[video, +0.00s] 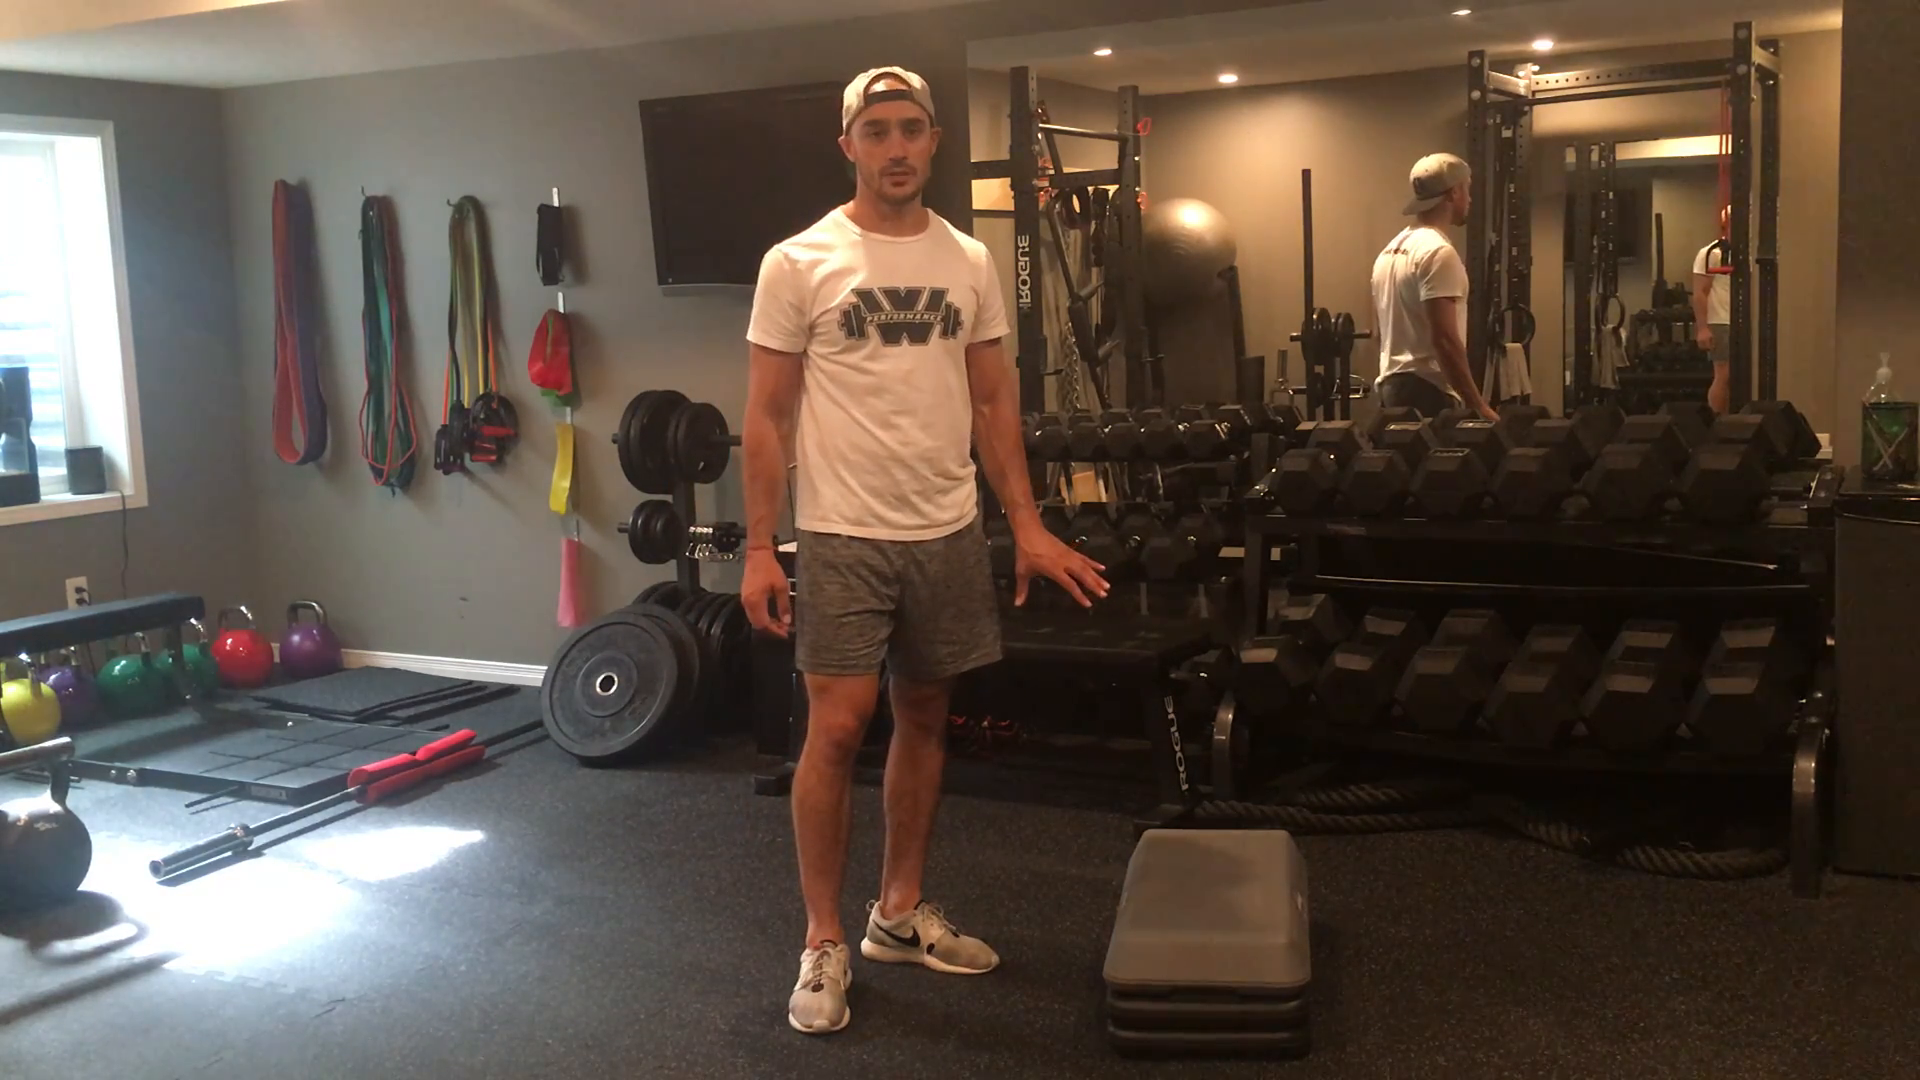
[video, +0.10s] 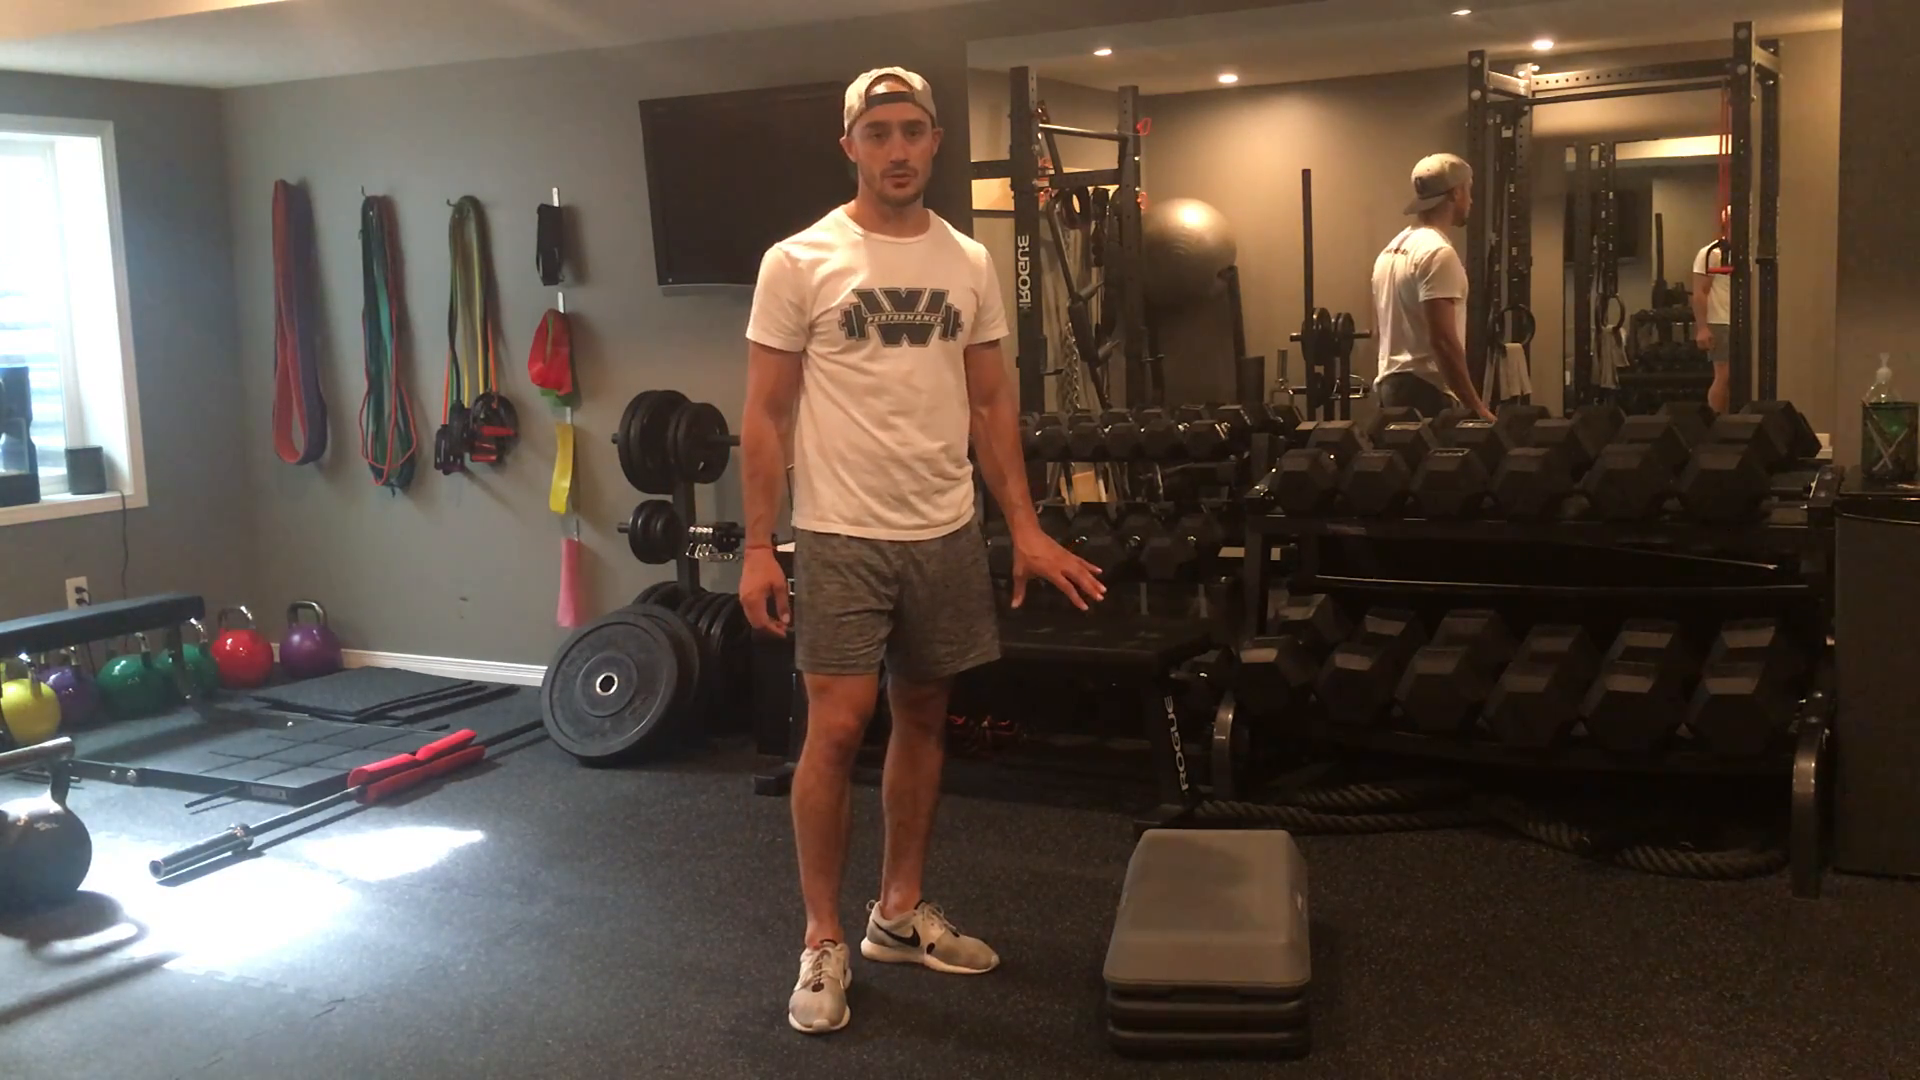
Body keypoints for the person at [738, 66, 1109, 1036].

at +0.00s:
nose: (896, 148)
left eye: (910, 131)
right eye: (877, 132)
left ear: (934, 144)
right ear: (848, 146)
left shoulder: (969, 263)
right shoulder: (798, 263)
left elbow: (993, 401)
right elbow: (770, 413)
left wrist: (1027, 522)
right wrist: (759, 546)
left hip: (947, 534)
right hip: (840, 536)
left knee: (924, 720)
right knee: (838, 727)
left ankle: (901, 911)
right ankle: (823, 941)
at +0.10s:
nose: (898, 150)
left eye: (912, 133)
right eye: (879, 134)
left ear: (936, 145)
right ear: (849, 146)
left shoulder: (971, 264)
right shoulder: (799, 263)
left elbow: (991, 403)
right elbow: (769, 411)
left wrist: (1026, 528)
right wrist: (758, 544)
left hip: (944, 534)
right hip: (838, 536)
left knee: (923, 719)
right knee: (837, 727)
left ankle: (901, 910)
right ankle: (823, 942)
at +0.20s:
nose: (897, 150)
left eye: (913, 134)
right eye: (879, 134)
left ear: (938, 146)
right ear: (850, 146)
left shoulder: (968, 266)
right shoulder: (798, 262)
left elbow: (989, 405)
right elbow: (766, 410)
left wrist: (1023, 530)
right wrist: (755, 543)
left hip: (941, 533)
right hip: (835, 533)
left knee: (921, 718)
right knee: (839, 722)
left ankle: (900, 911)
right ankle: (816, 940)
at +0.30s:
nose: (892, 151)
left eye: (907, 133)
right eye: (873, 135)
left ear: (934, 144)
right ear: (846, 148)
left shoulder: (965, 268)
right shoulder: (796, 261)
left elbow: (983, 408)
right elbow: (761, 409)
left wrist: (1019, 532)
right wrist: (750, 542)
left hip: (938, 532)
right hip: (835, 533)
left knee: (919, 717)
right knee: (841, 721)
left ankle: (899, 911)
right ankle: (797, 934)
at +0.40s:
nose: (886, 152)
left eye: (900, 133)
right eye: (866, 137)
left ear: (926, 142)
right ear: (838, 150)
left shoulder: (957, 269)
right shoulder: (790, 261)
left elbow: (976, 407)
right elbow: (754, 409)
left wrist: (1013, 529)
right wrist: (746, 544)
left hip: (935, 531)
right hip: (834, 533)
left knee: (918, 718)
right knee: (841, 726)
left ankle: (899, 911)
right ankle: (784, 934)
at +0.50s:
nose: (880, 152)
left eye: (894, 134)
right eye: (860, 136)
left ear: (916, 144)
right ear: (829, 148)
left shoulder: (941, 266)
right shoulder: (779, 263)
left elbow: (966, 406)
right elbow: (748, 416)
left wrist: (1006, 529)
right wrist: (744, 551)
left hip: (930, 533)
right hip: (829, 538)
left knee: (914, 721)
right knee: (836, 733)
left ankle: (899, 911)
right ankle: (787, 938)